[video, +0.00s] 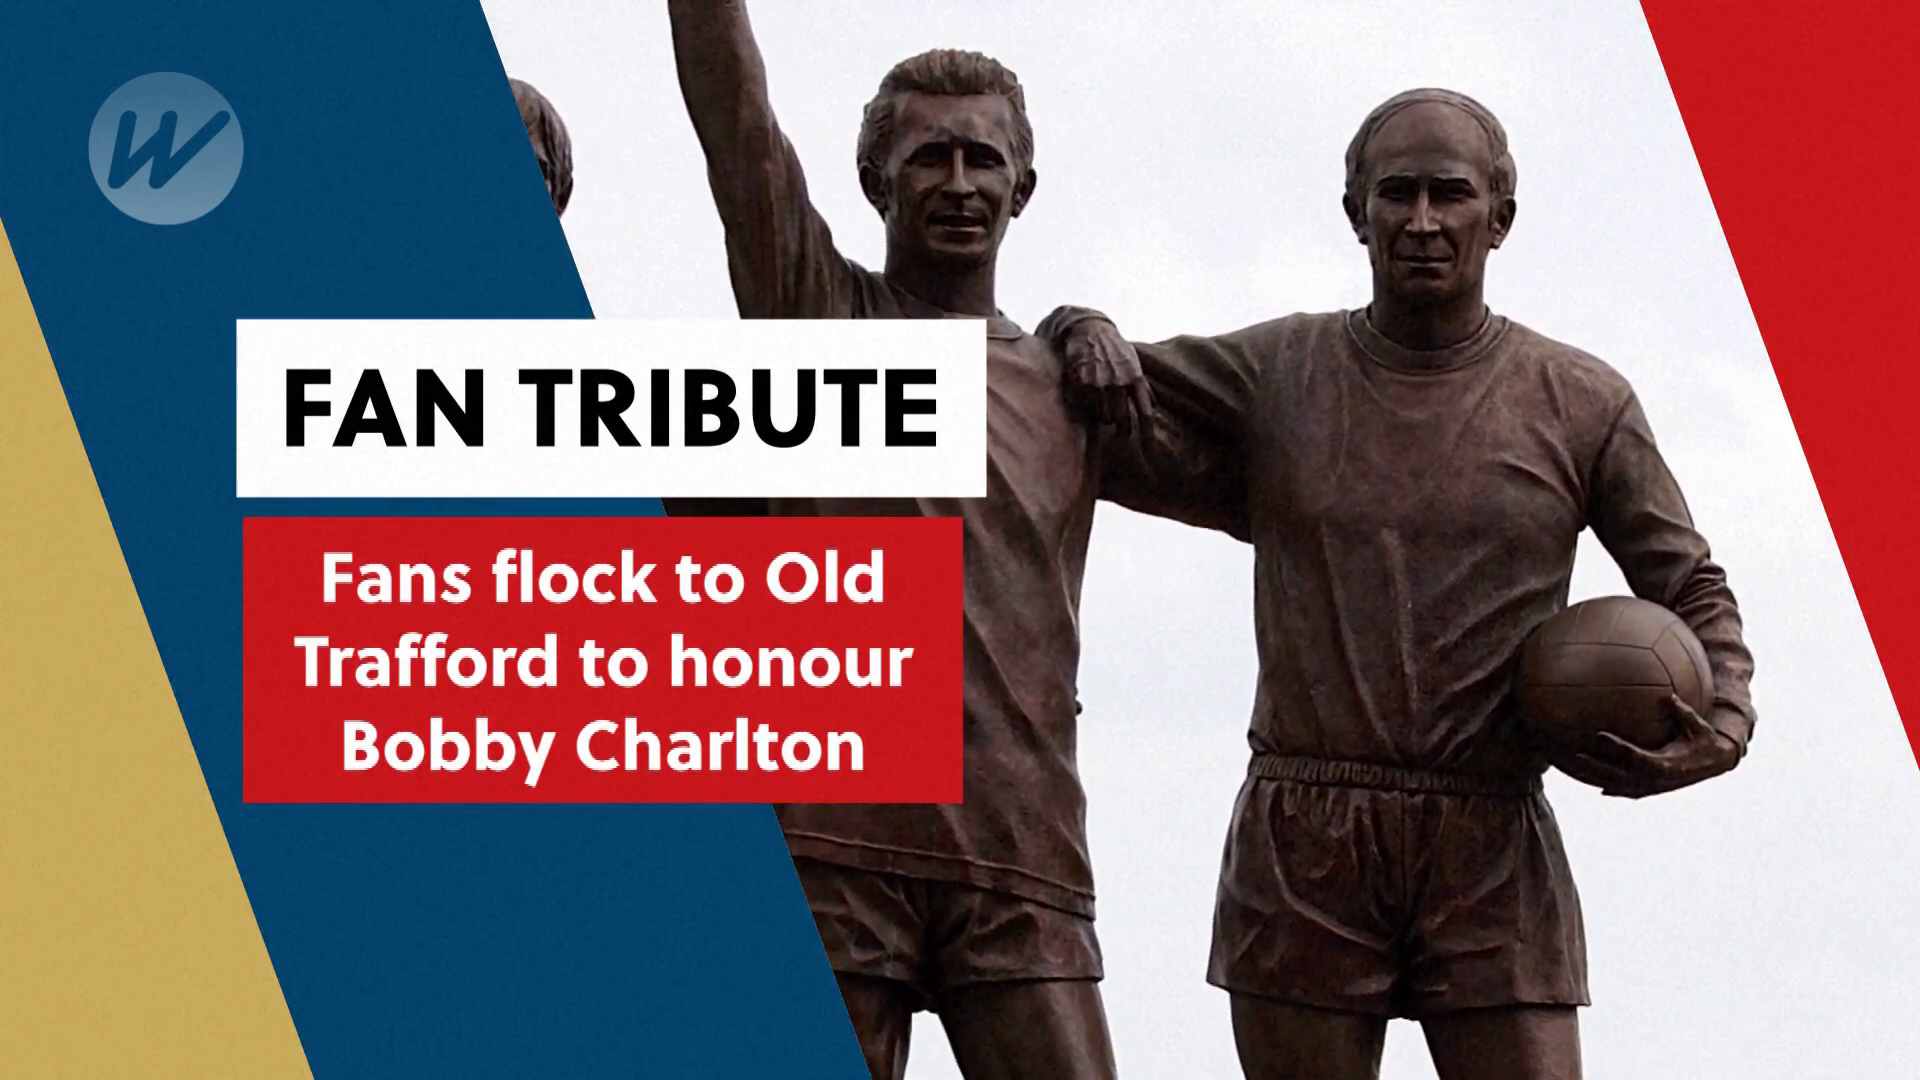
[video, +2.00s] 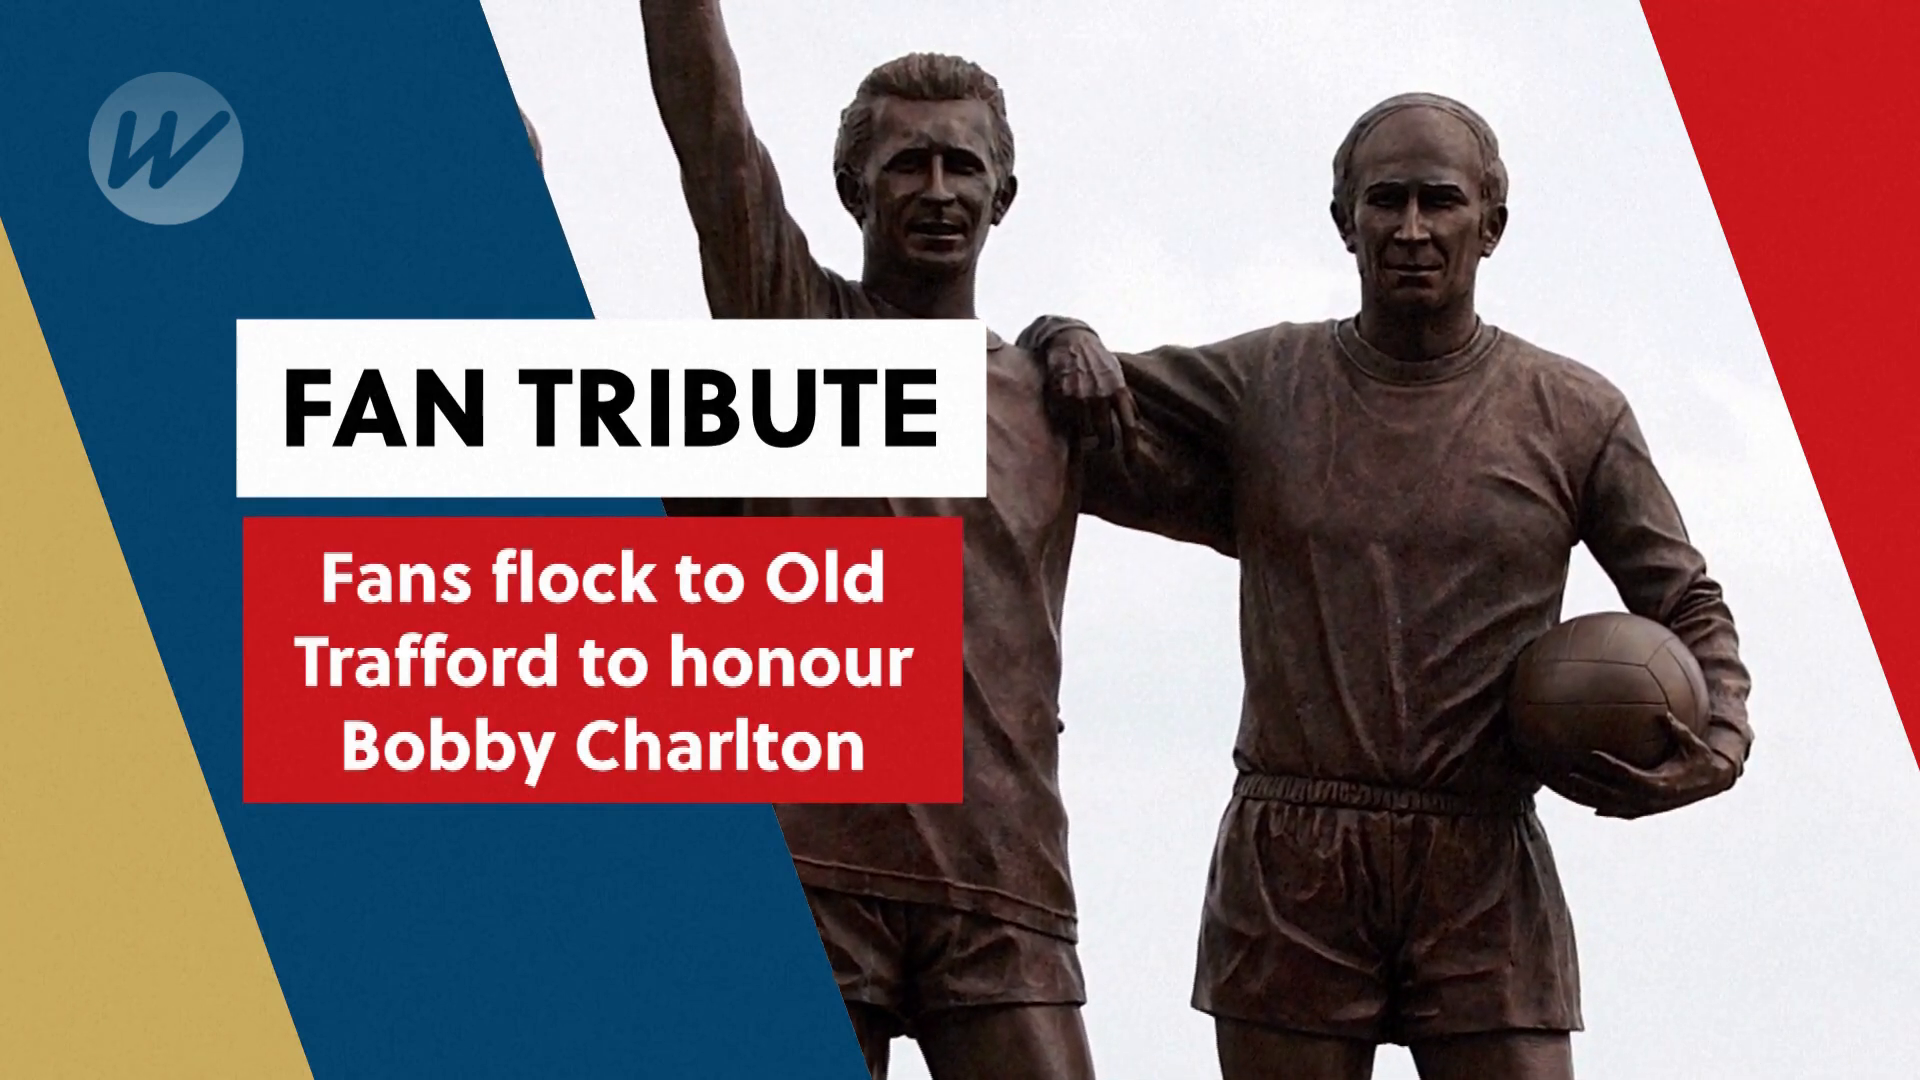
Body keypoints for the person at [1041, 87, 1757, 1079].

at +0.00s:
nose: (1422, 219)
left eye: (1450, 192)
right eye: (1395, 193)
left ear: (1502, 217)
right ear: (1355, 213)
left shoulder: (1581, 400)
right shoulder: (1276, 368)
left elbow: (1690, 588)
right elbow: (1099, 408)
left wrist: (1724, 712)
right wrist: (1077, 329)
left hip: (1492, 848)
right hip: (1301, 844)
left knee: (1536, 1065)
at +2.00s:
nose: (1411, 226)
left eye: (1440, 199)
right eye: (1384, 200)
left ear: (1493, 223)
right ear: (1344, 222)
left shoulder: (1574, 411)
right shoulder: (1262, 379)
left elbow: (1685, 604)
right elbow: (1085, 414)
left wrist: (1721, 735)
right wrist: (1062, 342)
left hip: (1482, 868)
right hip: (1287, 863)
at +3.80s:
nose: (1401, 235)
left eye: (1432, 205)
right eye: (1374, 207)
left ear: (1485, 228)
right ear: (1333, 227)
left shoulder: (1568, 420)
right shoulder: (1251, 387)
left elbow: (1681, 616)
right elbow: (1077, 438)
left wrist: (1718, 754)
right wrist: (1046, 354)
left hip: (1475, 891)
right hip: (1274, 887)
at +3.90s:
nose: (1401, 235)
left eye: (1431, 206)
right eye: (1373, 207)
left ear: (1484, 228)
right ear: (1332, 228)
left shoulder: (1567, 421)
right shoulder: (1249, 388)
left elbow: (1680, 617)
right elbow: (1074, 436)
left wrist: (1718, 754)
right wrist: (1045, 355)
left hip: (1475, 892)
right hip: (1273, 887)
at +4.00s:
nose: (1401, 234)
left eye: (1431, 205)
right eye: (1373, 207)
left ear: (1485, 227)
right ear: (1332, 228)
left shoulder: (1567, 421)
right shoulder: (1250, 388)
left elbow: (1680, 617)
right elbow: (1074, 439)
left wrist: (1719, 755)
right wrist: (1044, 353)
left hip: (1473, 894)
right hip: (1272, 890)